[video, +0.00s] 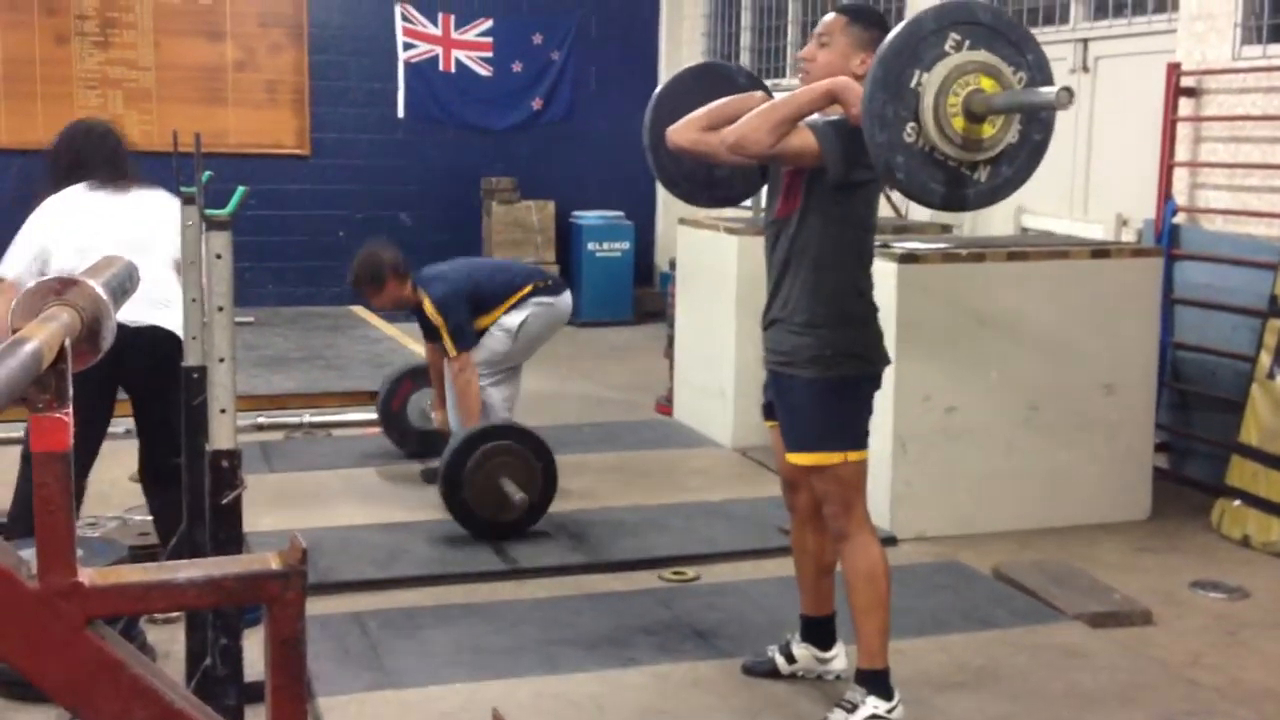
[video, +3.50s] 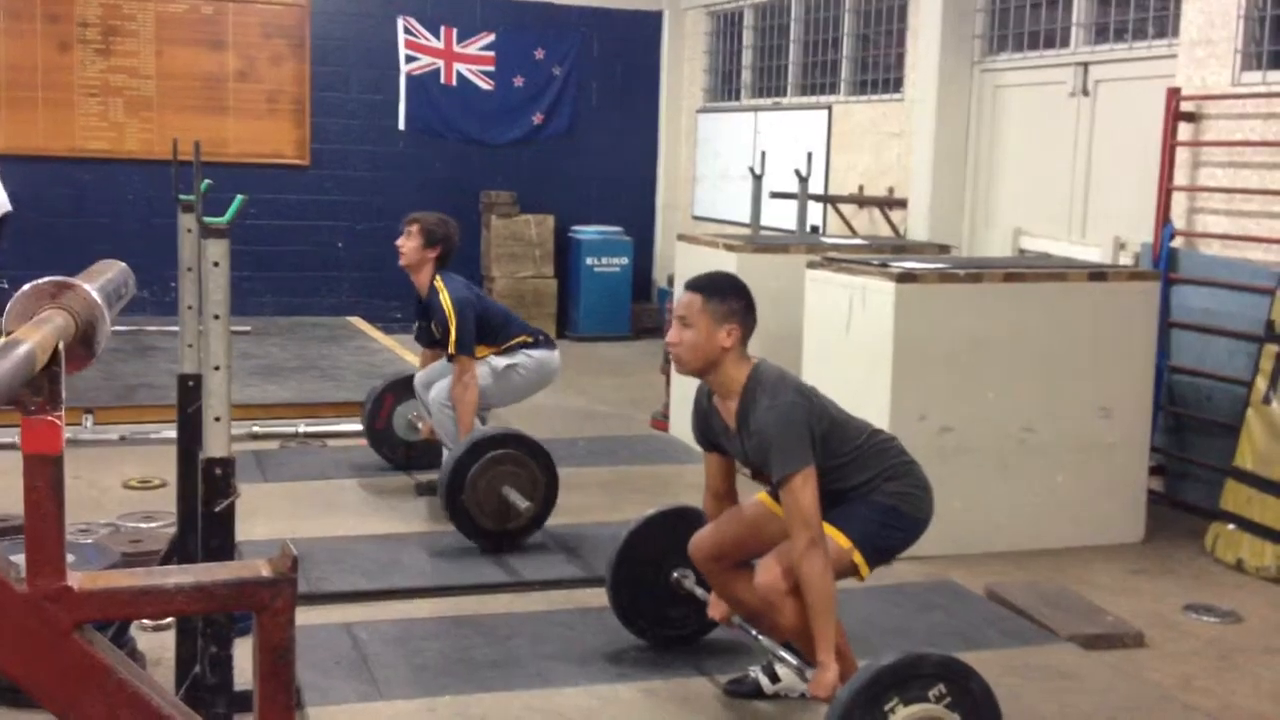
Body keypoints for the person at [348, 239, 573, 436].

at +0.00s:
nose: (372, 305)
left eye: (373, 295)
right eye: (368, 299)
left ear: (392, 281)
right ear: (395, 280)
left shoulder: (440, 294)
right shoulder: (423, 295)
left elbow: (464, 368)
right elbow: (436, 355)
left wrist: (468, 443)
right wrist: (440, 410)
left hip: (544, 300)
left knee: (464, 369)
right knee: (495, 374)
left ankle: (463, 456)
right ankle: (496, 453)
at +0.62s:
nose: (366, 337)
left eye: (361, 329)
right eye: (360, 333)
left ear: (370, 310)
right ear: (374, 304)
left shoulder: (418, 315)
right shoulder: (408, 310)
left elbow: (450, 389)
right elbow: (429, 376)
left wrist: (469, 456)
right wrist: (442, 431)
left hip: (529, 316)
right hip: (524, 314)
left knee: (464, 394)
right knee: (481, 392)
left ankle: (492, 477)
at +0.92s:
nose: (368, 336)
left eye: (363, 327)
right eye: (361, 331)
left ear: (374, 306)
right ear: (376, 303)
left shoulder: (421, 316)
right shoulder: (407, 313)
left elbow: (453, 390)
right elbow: (425, 374)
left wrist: (469, 457)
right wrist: (435, 433)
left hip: (530, 327)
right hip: (519, 326)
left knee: (448, 391)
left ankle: (495, 471)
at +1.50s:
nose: (347, 302)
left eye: (355, 293)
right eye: (347, 293)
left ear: (381, 295)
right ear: (381, 296)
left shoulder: (423, 322)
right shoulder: (403, 320)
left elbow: (458, 394)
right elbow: (421, 375)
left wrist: (483, 460)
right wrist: (436, 431)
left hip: (529, 341)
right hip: (510, 341)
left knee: (446, 401)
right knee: (428, 390)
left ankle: (482, 476)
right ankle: (465, 473)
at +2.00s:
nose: (370, 269)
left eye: (379, 263)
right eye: (373, 261)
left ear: (404, 276)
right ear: (404, 278)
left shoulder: (432, 317)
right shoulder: (413, 312)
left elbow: (458, 392)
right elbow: (425, 371)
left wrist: (480, 463)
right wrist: (436, 429)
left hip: (533, 358)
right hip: (513, 356)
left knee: (444, 401)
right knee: (426, 388)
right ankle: (465, 474)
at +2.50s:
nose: (405, 249)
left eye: (417, 245)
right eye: (411, 243)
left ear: (438, 263)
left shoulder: (456, 310)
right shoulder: (432, 304)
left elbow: (470, 389)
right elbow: (436, 367)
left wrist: (473, 458)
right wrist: (436, 431)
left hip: (539, 372)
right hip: (513, 369)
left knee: (448, 406)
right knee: (429, 387)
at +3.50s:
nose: (398, 243)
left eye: (409, 236)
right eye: (402, 235)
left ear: (433, 251)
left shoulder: (453, 298)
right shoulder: (427, 294)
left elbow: (466, 377)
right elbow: (431, 356)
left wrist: (466, 450)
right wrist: (435, 419)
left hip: (533, 357)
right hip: (504, 354)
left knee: (442, 398)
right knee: (425, 381)